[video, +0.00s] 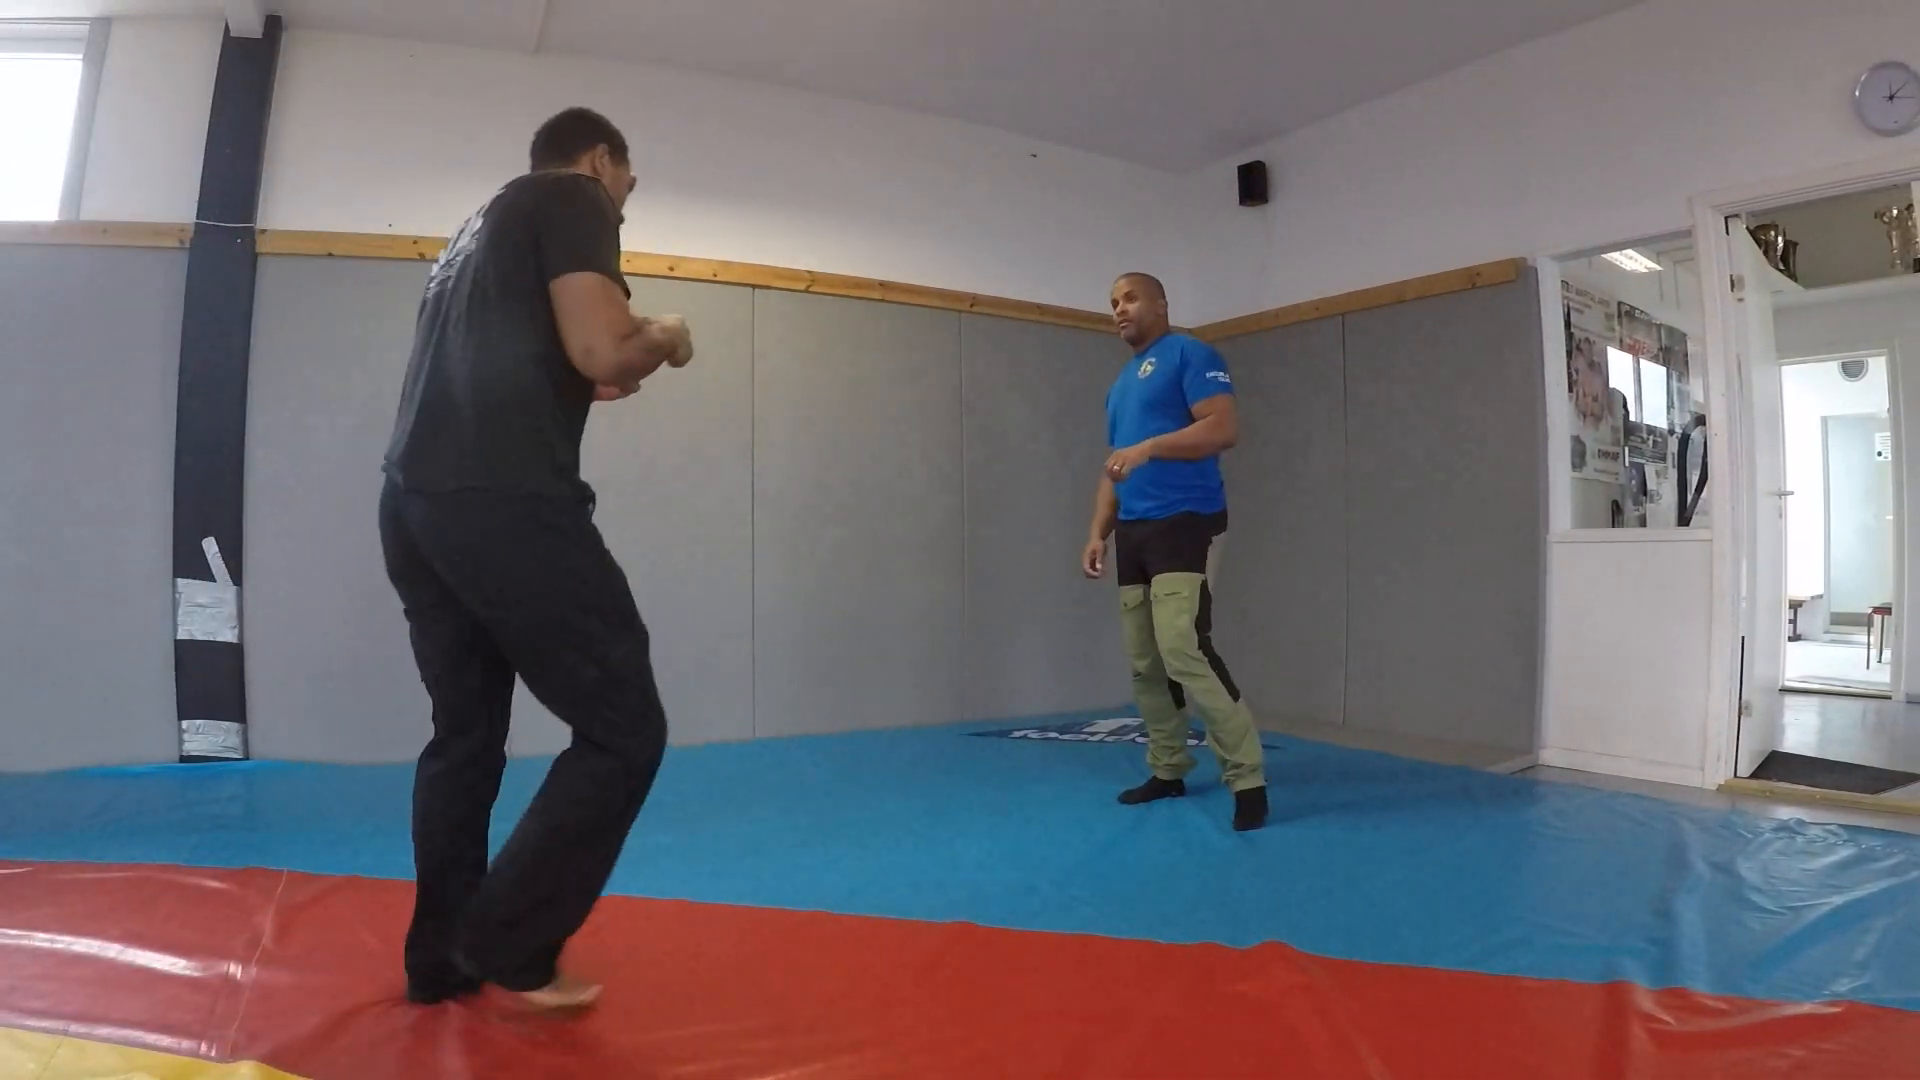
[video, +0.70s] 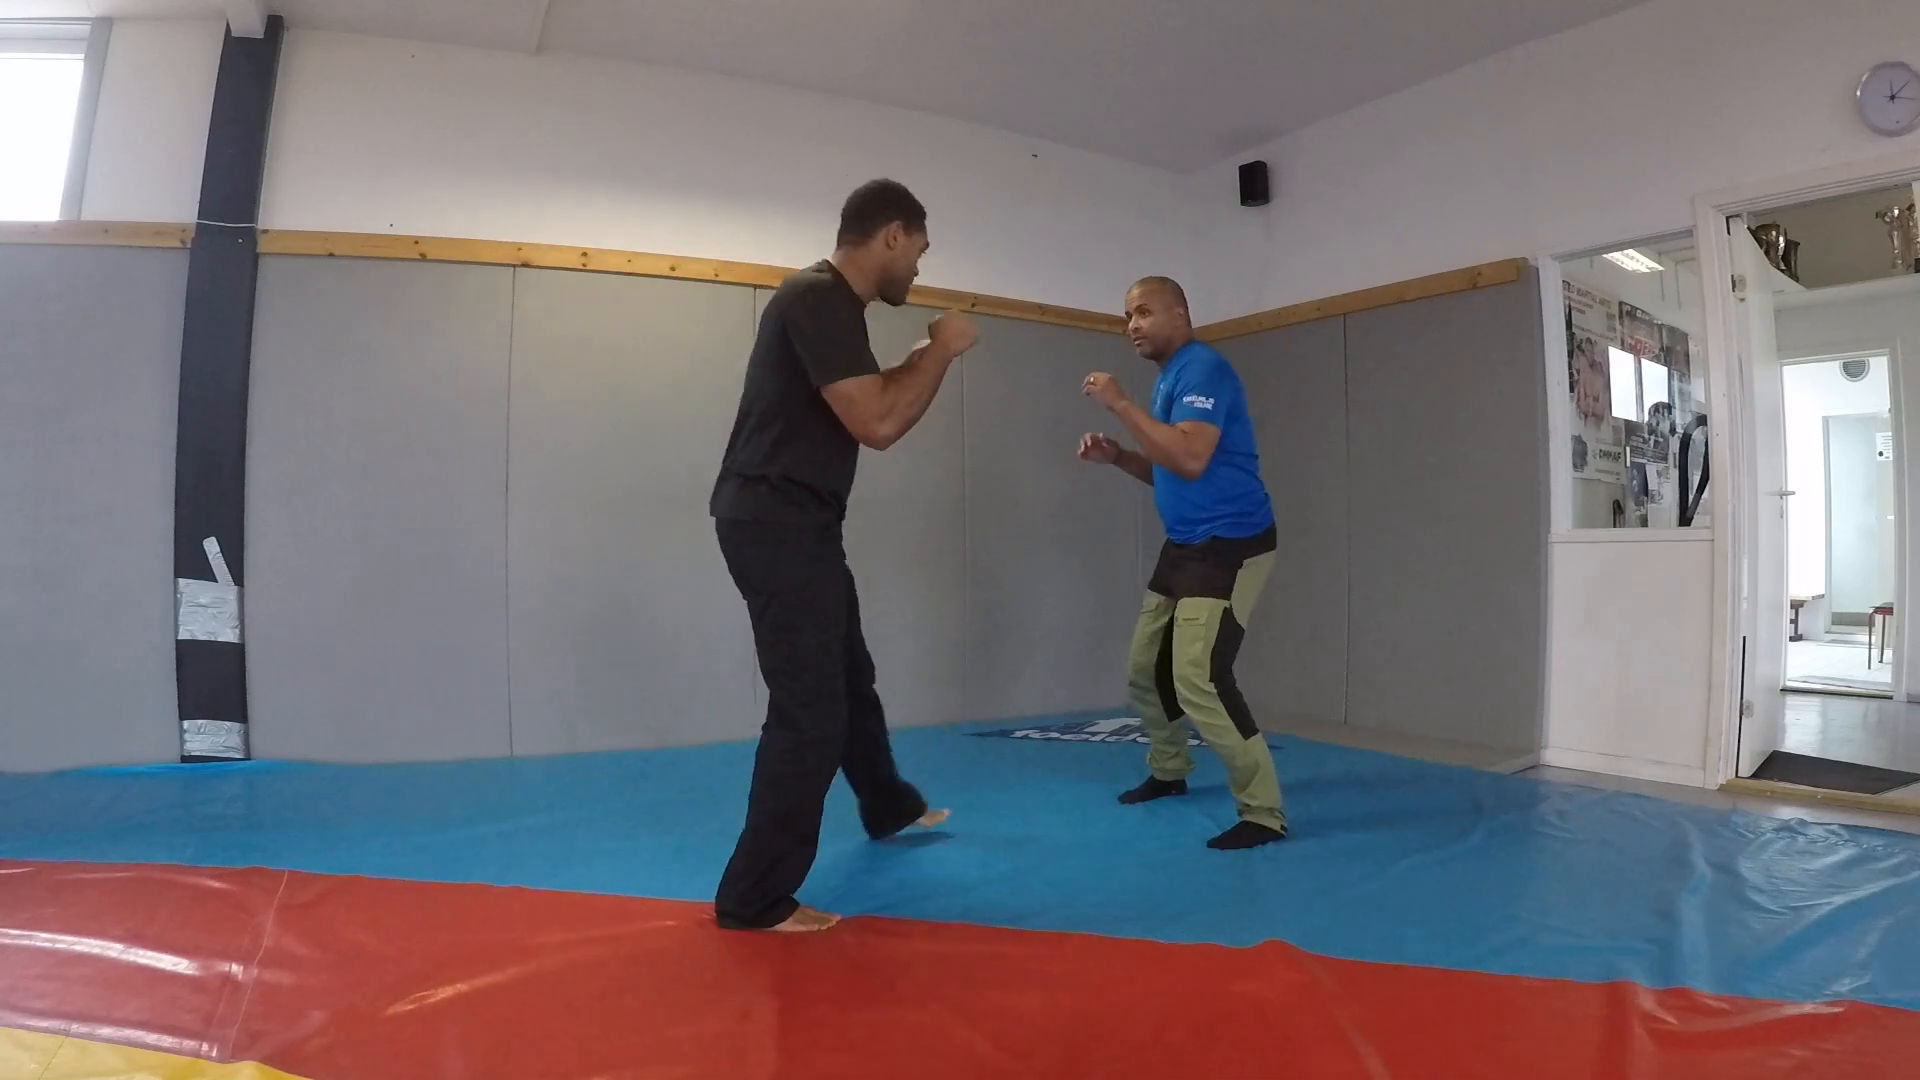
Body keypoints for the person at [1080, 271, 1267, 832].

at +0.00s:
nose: (1119, 311)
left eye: (1129, 300)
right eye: (1114, 305)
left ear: (1161, 304)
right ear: (1115, 318)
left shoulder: (1191, 354)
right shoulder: (1120, 386)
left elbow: (1222, 428)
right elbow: (1116, 465)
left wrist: (1147, 448)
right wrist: (1098, 531)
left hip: (1184, 522)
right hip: (1133, 529)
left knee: (1182, 650)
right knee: (1146, 661)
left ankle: (1248, 778)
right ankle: (1167, 773)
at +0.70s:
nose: (1132, 326)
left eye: (1143, 312)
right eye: (1128, 318)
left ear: (1181, 315)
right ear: (1135, 329)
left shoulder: (1206, 370)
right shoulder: (1167, 383)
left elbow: (1190, 457)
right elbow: (1171, 471)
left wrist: (1122, 405)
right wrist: (1118, 456)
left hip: (1233, 545)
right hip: (1185, 544)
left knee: (1199, 677)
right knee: (1148, 671)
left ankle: (1264, 815)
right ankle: (1170, 773)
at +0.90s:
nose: (1154, 328)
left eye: (1165, 315)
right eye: (1151, 318)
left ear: (1202, 319)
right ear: (1165, 326)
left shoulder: (1235, 381)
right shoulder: (1180, 383)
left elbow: (1211, 476)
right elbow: (1157, 447)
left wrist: (1145, 413)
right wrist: (1117, 400)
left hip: (1260, 548)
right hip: (1211, 545)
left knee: (1209, 674)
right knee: (1164, 667)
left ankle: (1264, 817)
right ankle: (1177, 770)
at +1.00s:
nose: (1169, 329)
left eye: (1179, 316)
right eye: (1166, 319)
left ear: (1220, 317)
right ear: (1174, 325)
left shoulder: (1259, 387)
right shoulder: (1181, 376)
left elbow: (1246, 480)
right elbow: (1116, 410)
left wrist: (1179, 412)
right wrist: (1068, 355)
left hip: (1267, 546)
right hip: (1213, 544)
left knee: (1217, 671)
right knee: (1172, 663)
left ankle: (1265, 818)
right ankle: (1215, 754)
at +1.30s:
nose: (1184, 327)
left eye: (1194, 316)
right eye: (1179, 319)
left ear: (1231, 321)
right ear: (1181, 329)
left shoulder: (1271, 378)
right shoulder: (1175, 387)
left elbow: (1264, 442)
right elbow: (1138, 465)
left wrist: (1216, 368)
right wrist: (1100, 424)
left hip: (1264, 540)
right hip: (1211, 546)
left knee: (1229, 664)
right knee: (1225, 664)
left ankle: (1268, 815)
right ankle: (1255, 758)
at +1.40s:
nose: (1173, 334)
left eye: (1184, 322)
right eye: (1168, 327)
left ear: (1221, 326)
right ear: (1170, 337)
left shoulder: (1257, 374)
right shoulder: (1174, 400)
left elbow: (1231, 409)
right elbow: (1164, 484)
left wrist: (1166, 344)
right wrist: (1139, 476)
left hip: (1264, 544)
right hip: (1214, 550)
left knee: (1224, 668)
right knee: (1225, 670)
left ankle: (1267, 813)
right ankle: (1258, 759)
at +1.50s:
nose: (1161, 341)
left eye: (1170, 329)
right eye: (1157, 335)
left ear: (1208, 330)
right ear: (1166, 343)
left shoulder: (1235, 373)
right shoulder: (1181, 397)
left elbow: (1175, 393)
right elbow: (1185, 485)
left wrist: (1096, 367)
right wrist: (1163, 491)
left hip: (1265, 545)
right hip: (1222, 548)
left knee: (1224, 673)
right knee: (1211, 671)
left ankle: (1267, 813)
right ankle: (1254, 758)